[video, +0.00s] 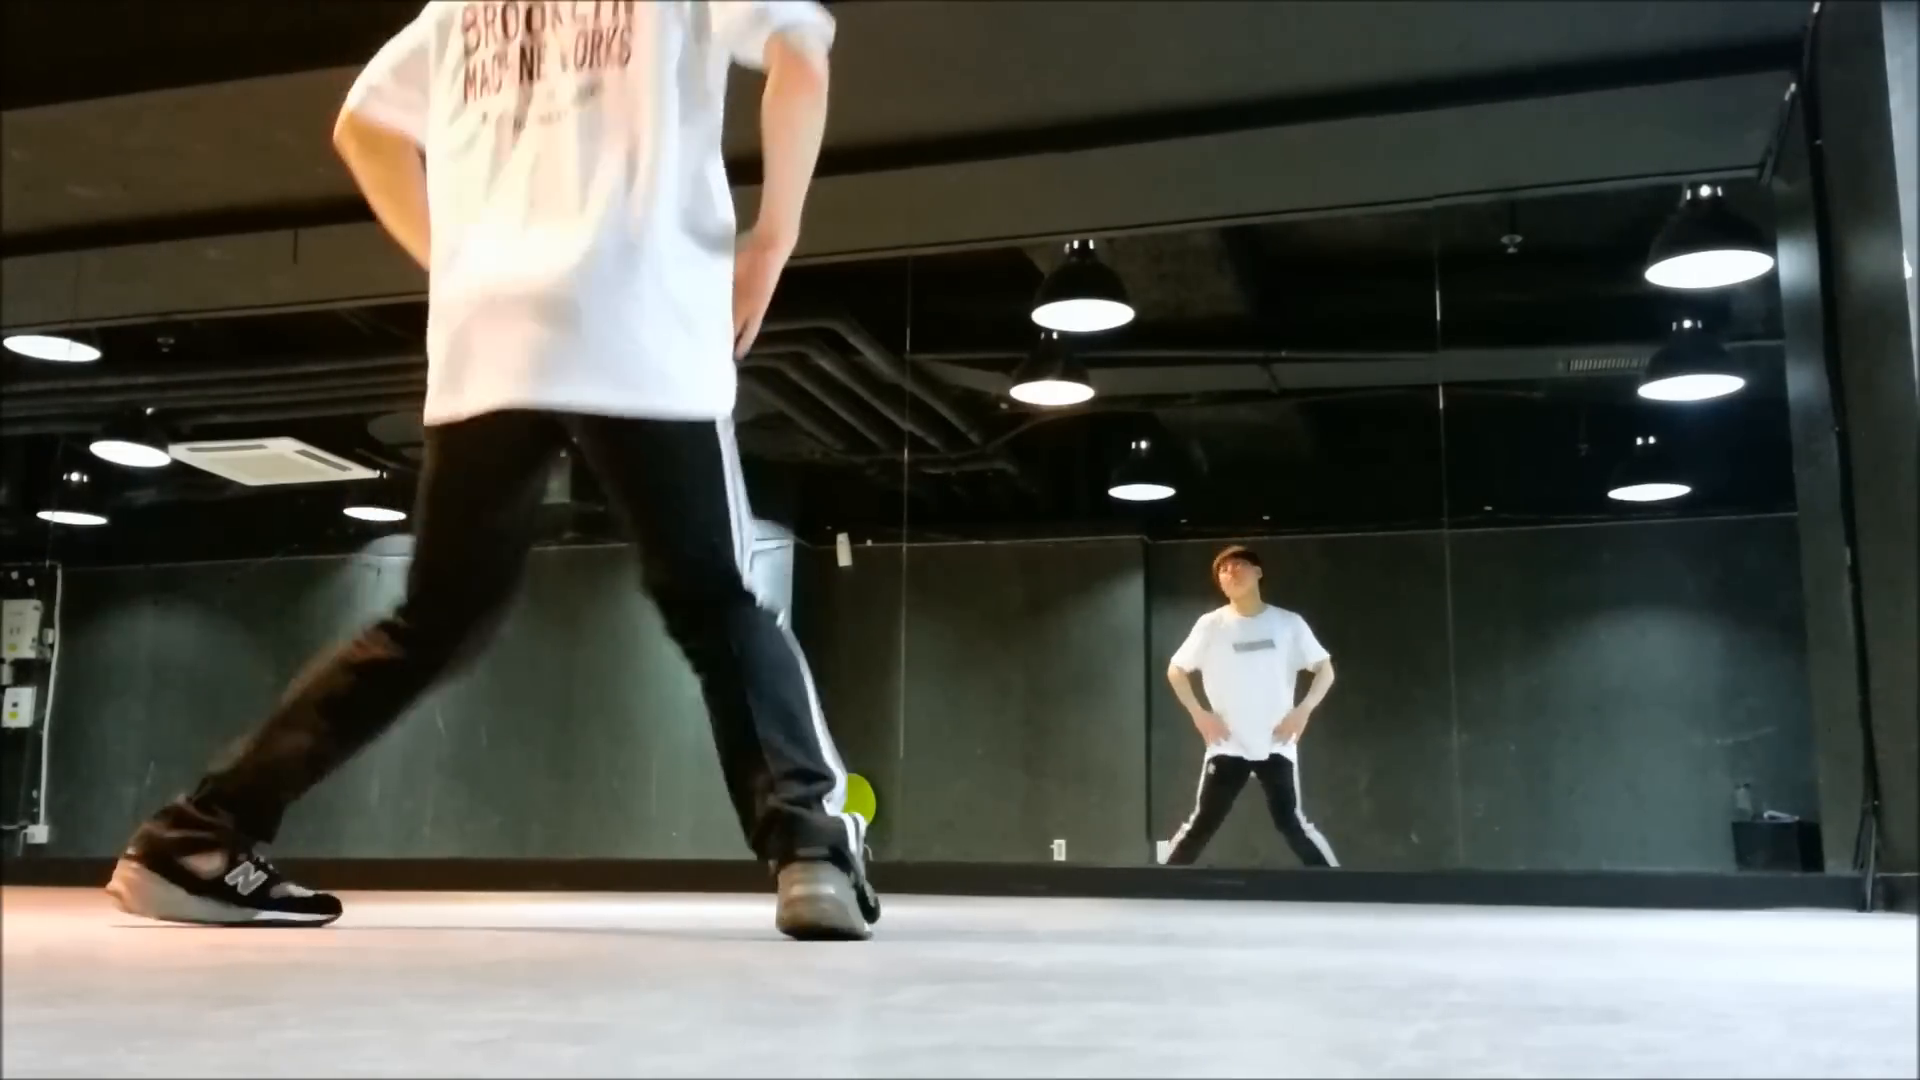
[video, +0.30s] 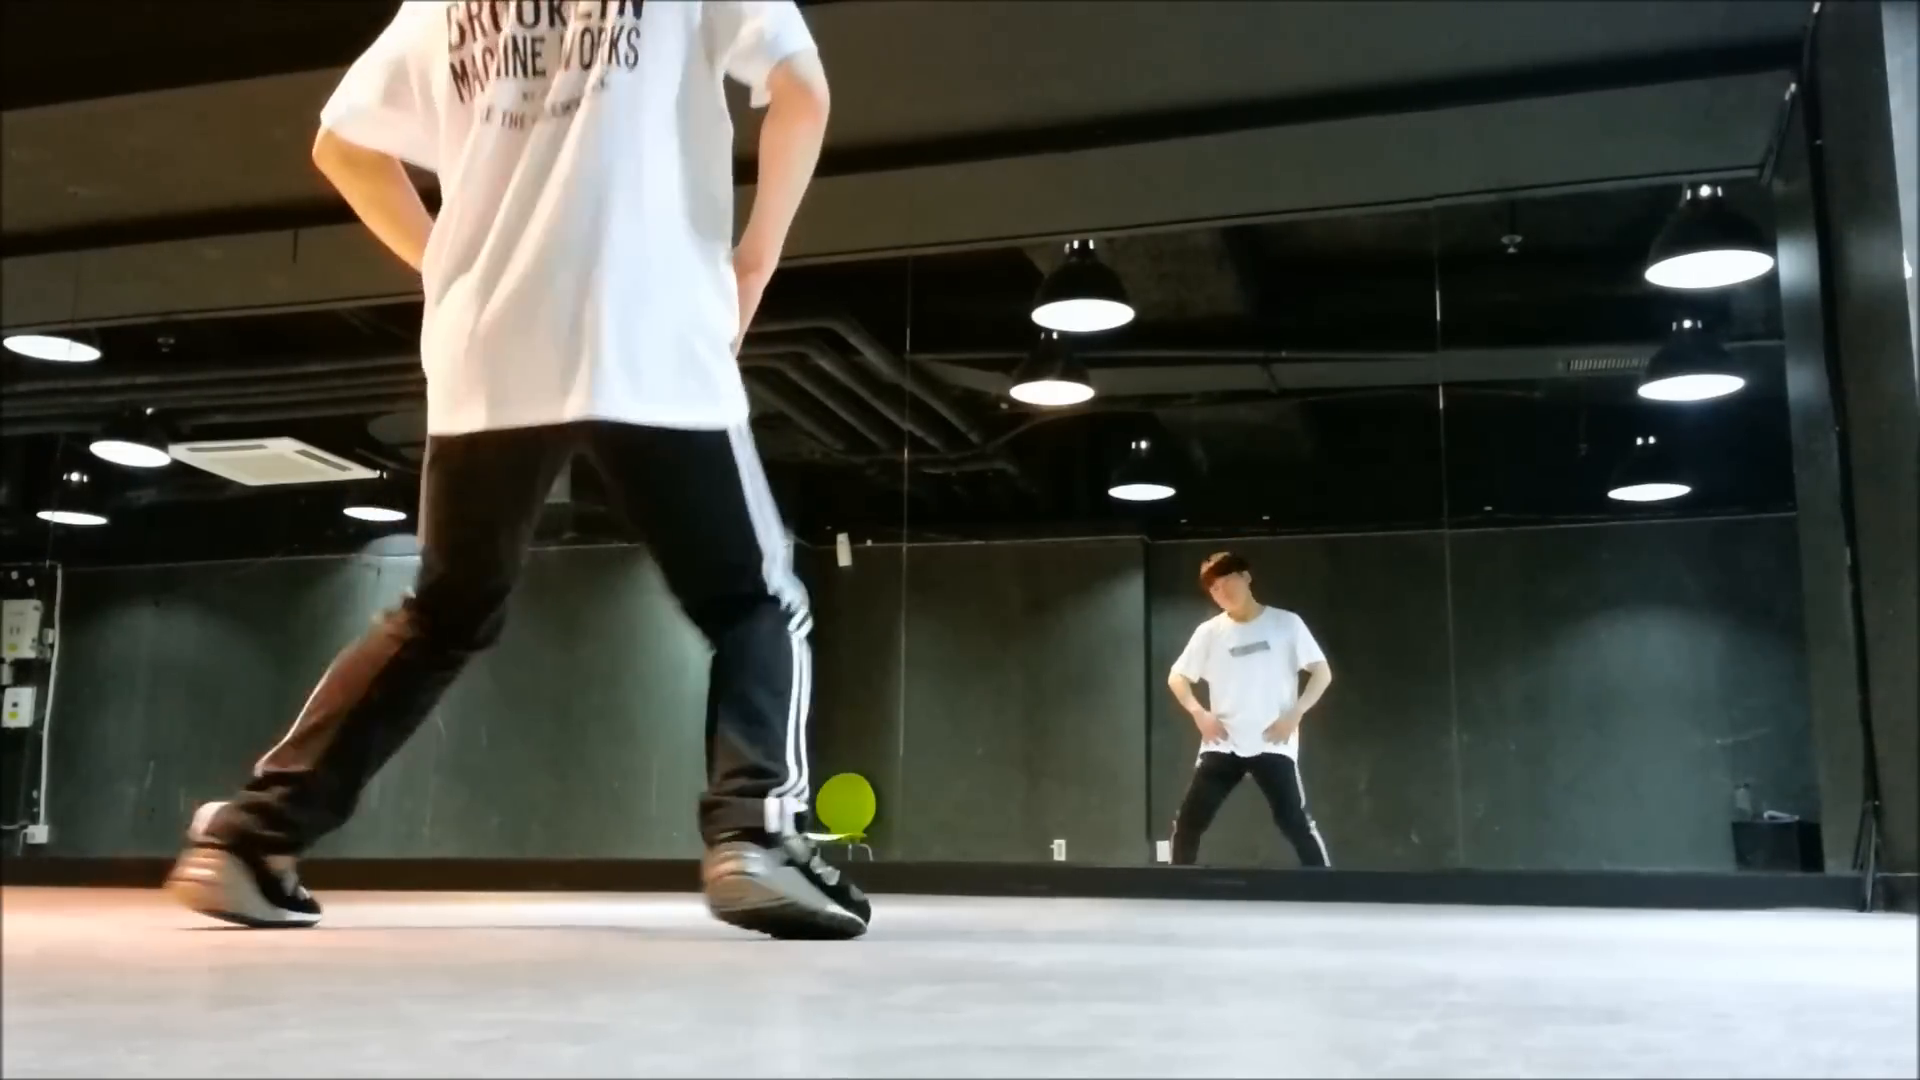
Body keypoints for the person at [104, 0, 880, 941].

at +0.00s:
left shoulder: (462, 11)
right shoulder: (695, 4)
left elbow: (368, 121)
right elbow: (801, 48)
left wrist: (460, 261)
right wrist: (774, 238)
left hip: (486, 308)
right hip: (647, 305)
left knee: (436, 618)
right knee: (717, 605)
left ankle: (197, 836)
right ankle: (815, 855)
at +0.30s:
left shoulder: (447, 6)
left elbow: (347, 141)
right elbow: (801, 92)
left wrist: (448, 263)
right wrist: (755, 262)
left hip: (486, 322)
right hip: (651, 311)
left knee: (445, 614)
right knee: (754, 604)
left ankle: (249, 838)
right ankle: (753, 837)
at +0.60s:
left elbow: (351, 91)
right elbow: (776, 13)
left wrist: (457, 220)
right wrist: (758, 186)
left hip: (494, 304)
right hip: (664, 283)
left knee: (391, 560)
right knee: (801, 523)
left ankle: (306, 838)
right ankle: (723, 845)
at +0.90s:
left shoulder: (432, 6)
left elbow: (338, 89)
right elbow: (788, 5)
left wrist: (431, 222)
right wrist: (760, 177)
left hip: (472, 264)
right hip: (646, 259)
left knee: (397, 566)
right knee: (759, 548)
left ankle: (192, 821)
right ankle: (777, 848)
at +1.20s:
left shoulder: (416, 9)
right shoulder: (682, 3)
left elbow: (319, 159)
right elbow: (774, 102)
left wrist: (429, 287)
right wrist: (730, 275)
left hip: (463, 341)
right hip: (624, 338)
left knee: (447, 640)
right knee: (681, 628)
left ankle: (186, 845)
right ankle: (757, 851)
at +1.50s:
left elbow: (306, 92)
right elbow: (766, 11)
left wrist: (431, 216)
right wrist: (746, 174)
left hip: (485, 280)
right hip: (654, 267)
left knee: (386, 549)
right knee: (761, 515)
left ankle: (307, 840)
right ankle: (706, 843)